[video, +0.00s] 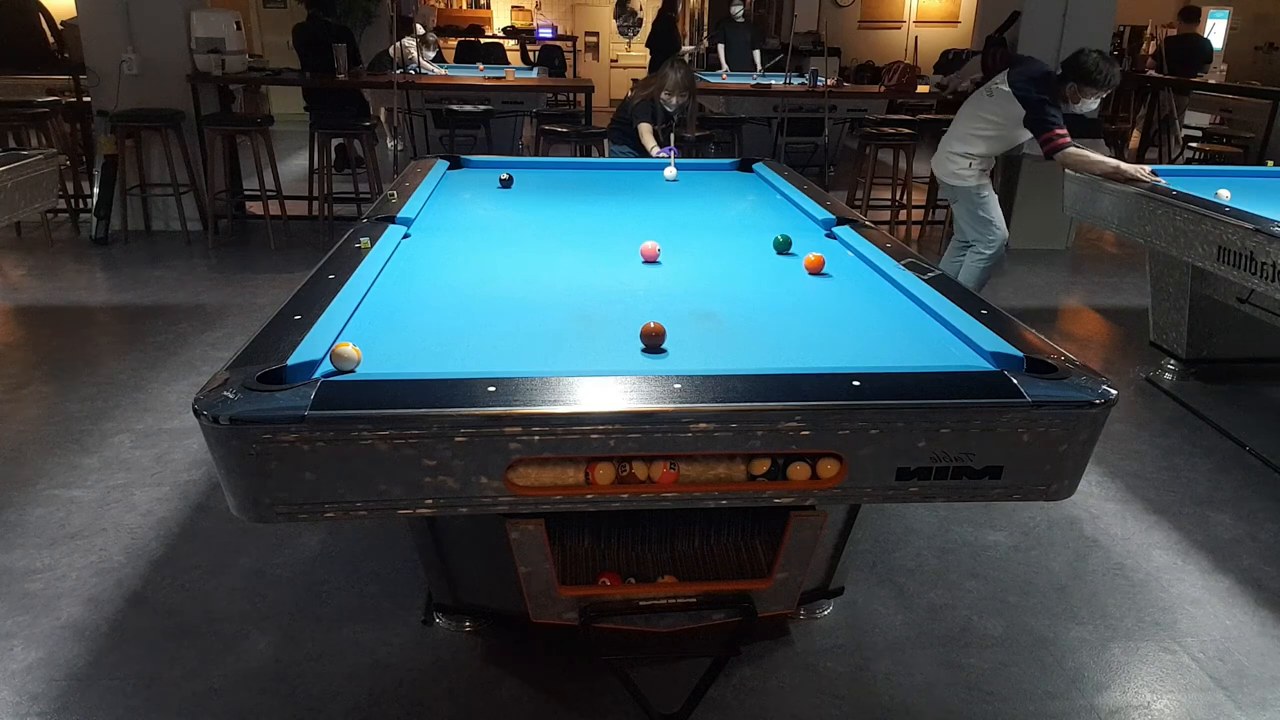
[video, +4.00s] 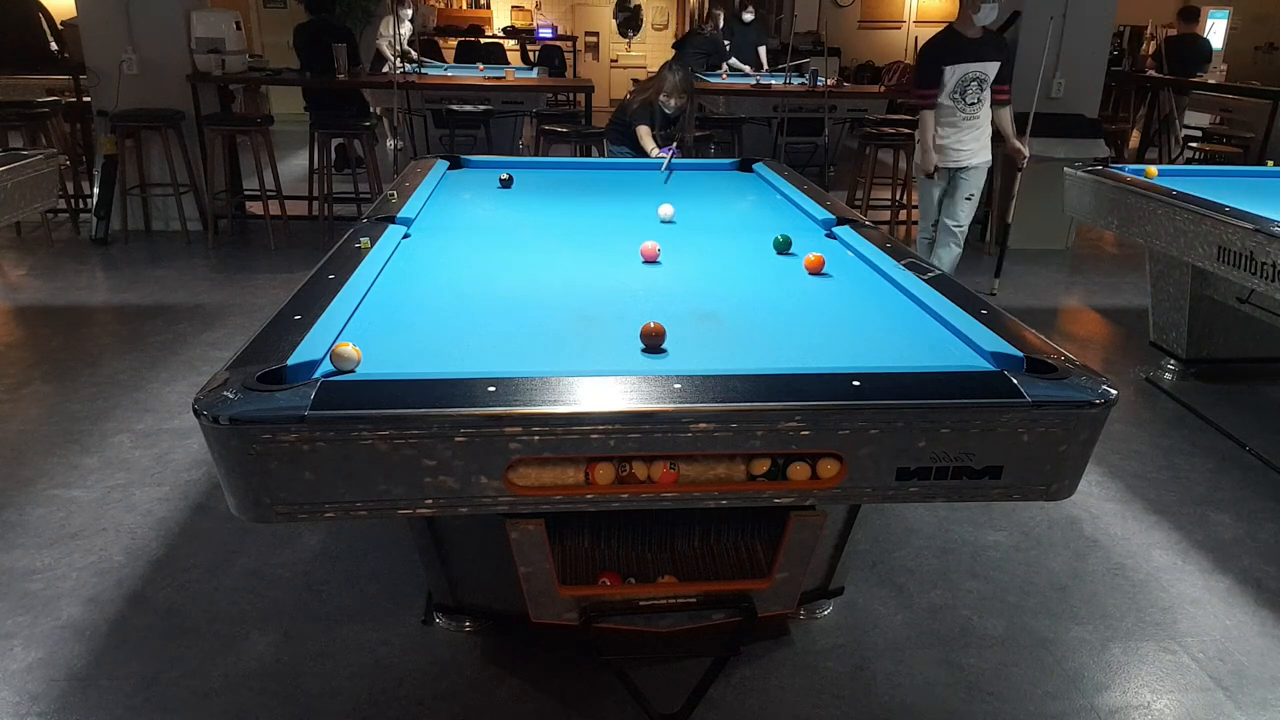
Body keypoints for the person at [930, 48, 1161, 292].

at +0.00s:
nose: (1097, 102)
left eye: (1101, 97)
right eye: (1096, 96)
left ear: (1066, 76)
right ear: (1072, 89)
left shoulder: (1033, 68)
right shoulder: (1041, 101)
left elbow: (987, 62)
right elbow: (1064, 153)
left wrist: (959, 79)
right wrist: (1121, 168)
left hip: (953, 159)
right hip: (964, 168)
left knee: (966, 238)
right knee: (992, 239)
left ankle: (936, 298)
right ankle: (956, 308)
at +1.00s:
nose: (1083, 39)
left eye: (1089, 34)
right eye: (1084, 31)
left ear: (1066, 14)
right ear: (1069, 16)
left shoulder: (1037, 34)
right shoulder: (1038, 42)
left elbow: (1024, 98)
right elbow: (1035, 114)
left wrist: (1047, 122)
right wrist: (1072, 155)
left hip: (999, 158)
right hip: (1003, 164)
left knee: (979, 241)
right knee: (980, 245)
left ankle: (952, 308)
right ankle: (951, 313)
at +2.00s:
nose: (1058, 165)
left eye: (1062, 163)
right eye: (1063, 161)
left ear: (1063, 146)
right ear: (1063, 151)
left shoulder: (1045, 122)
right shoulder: (1025, 143)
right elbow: (1010, 213)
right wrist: (1003, 264)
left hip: (974, 155)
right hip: (944, 152)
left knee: (975, 224)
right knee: (954, 225)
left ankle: (967, 286)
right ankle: (931, 288)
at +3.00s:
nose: (1031, 13)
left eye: (1033, 7)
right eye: (1024, 6)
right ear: (1004, 7)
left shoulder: (1010, 47)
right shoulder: (978, 44)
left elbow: (1008, 102)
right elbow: (987, 103)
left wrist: (1029, 138)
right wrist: (1010, 145)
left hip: (980, 152)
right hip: (951, 152)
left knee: (976, 224)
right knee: (946, 228)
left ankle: (966, 286)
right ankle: (931, 289)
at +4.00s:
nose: (993, 8)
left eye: (994, 3)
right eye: (987, 2)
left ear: (992, 7)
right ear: (969, 4)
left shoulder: (999, 47)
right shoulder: (935, 48)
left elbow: (1001, 101)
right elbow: (926, 105)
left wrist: (1011, 140)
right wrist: (927, 150)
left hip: (976, 156)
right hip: (936, 154)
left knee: (955, 229)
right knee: (929, 228)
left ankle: (934, 293)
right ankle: (918, 290)